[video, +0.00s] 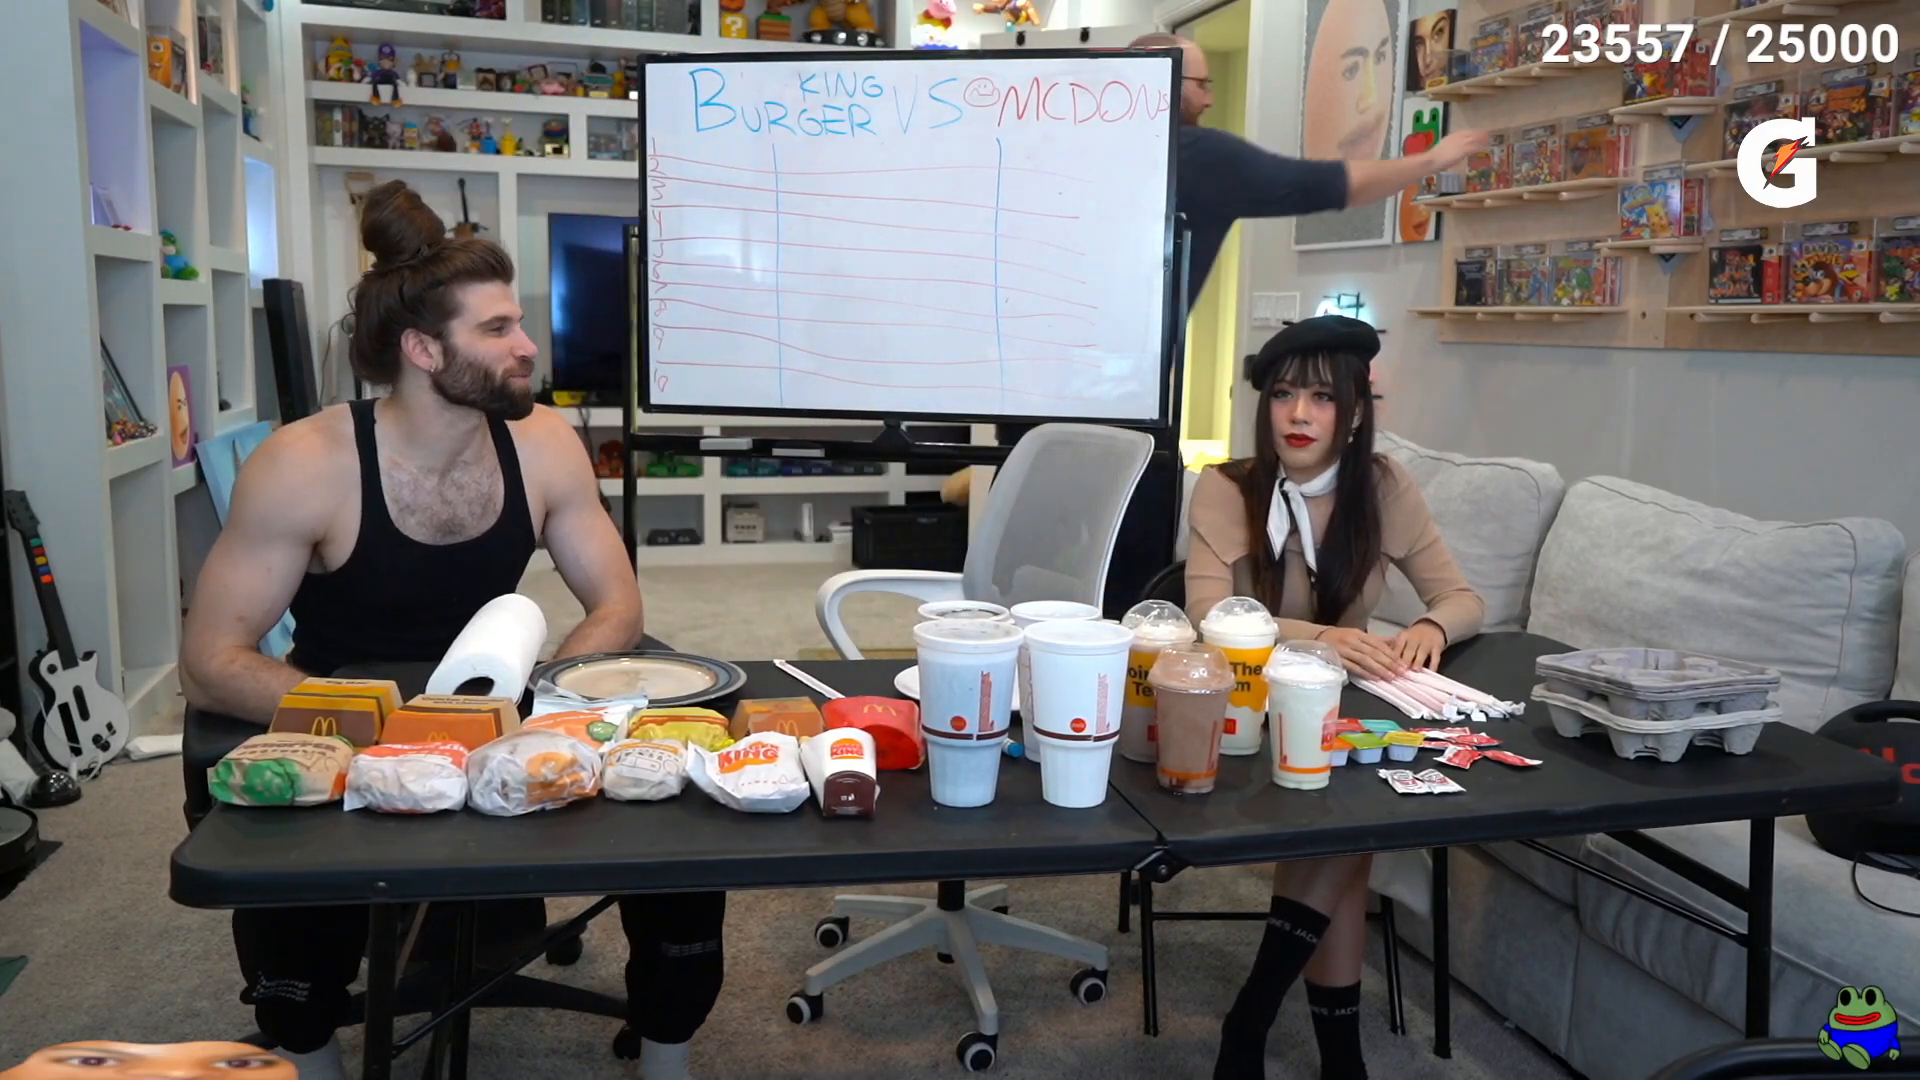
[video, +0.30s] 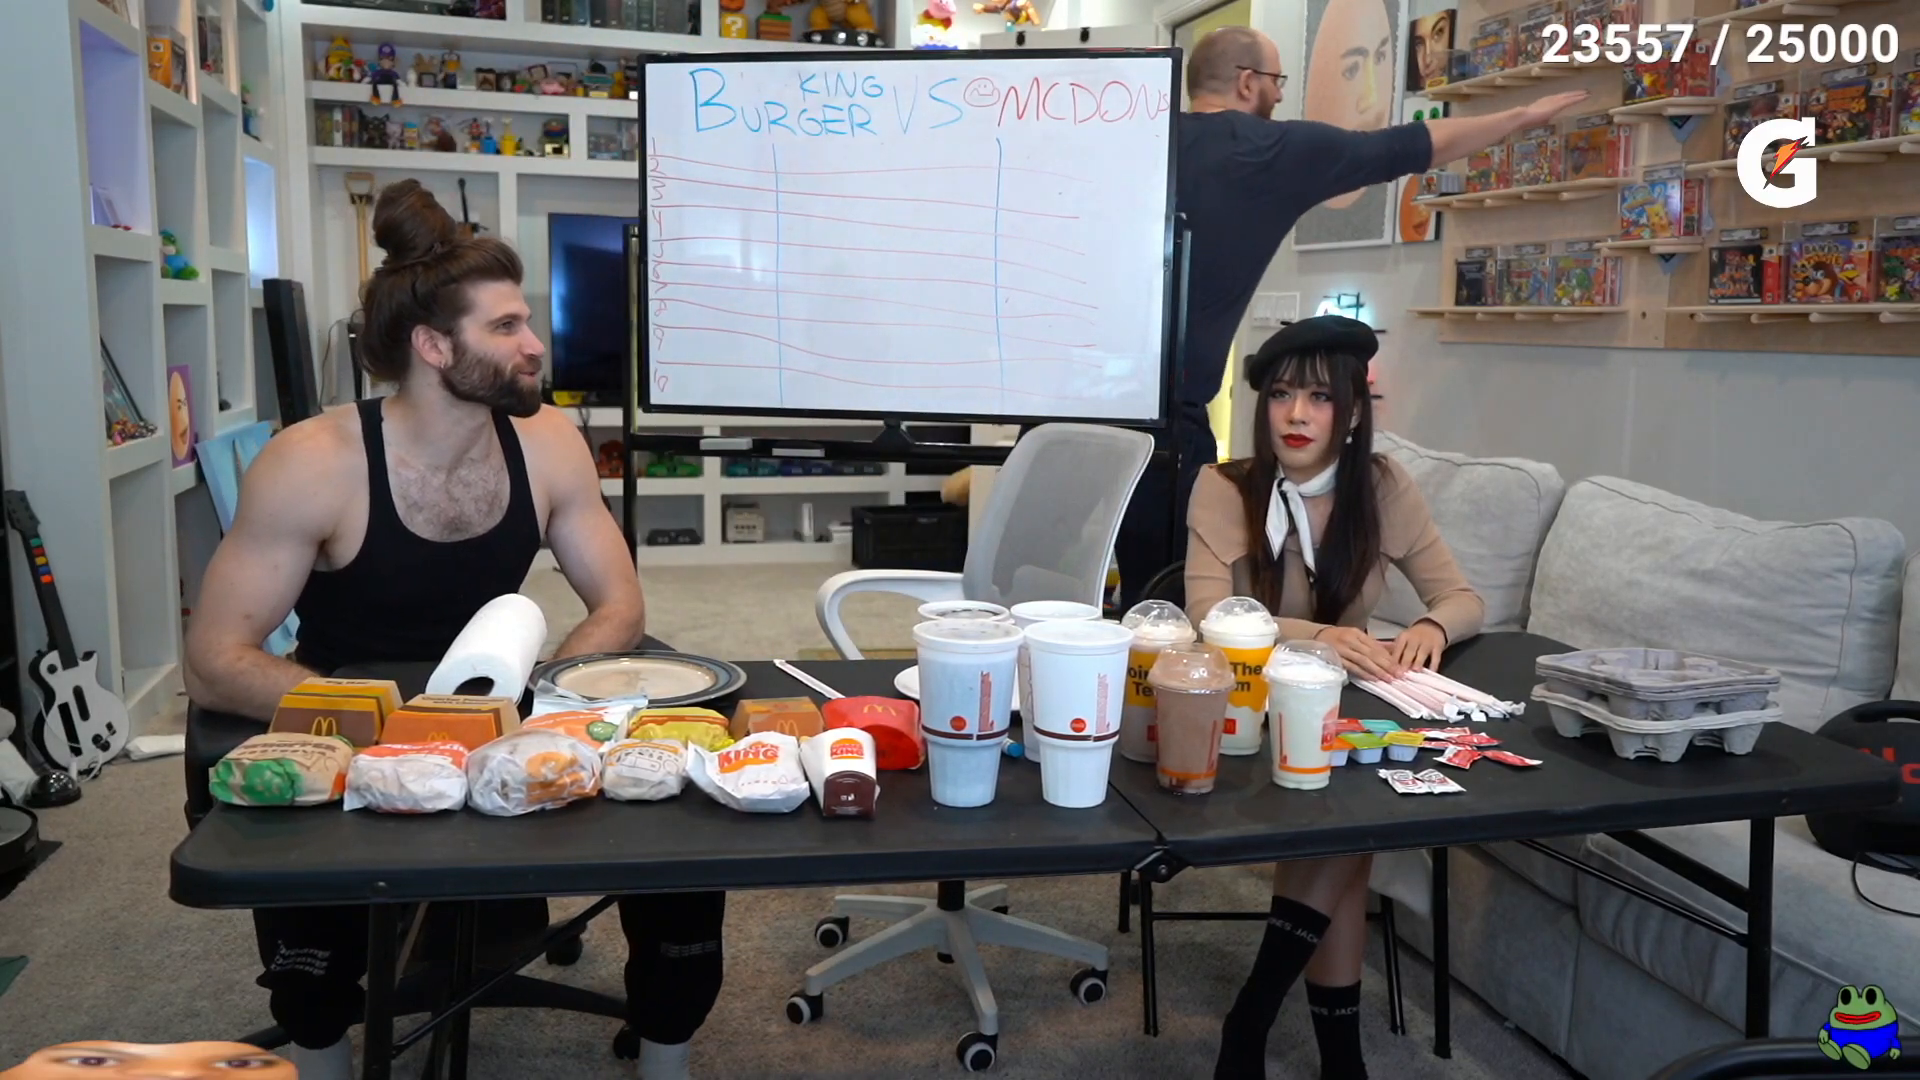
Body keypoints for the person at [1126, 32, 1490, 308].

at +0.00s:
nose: (1208, 98)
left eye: (1206, 85)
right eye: (1200, 85)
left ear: (1157, 86)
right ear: (1166, 87)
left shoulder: (1100, 144)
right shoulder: (1198, 153)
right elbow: (1335, 186)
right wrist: (1432, 160)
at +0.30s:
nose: (1279, 96)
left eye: (1280, 82)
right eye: (1276, 81)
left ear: (1201, 81)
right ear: (1246, 82)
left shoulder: (1134, 133)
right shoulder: (1272, 148)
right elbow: (1420, 145)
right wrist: (1524, 116)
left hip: (1074, 394)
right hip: (1169, 409)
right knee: (1168, 590)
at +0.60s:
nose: (1338, 109)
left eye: (1334, 95)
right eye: (1330, 95)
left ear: (1244, 94)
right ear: (1296, 97)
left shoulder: (1160, 132)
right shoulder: (1314, 162)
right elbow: (1465, 154)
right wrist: (1582, 109)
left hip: (1061, 389)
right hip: (1172, 414)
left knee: (956, 533)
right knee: (1159, 596)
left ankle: (878, 649)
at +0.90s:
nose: (1347, 132)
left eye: (1345, 117)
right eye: (1348, 118)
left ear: (1262, 97)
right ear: (1324, 111)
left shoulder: (1177, 136)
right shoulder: (1321, 173)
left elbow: (1061, 150)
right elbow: (1461, 173)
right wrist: (1557, 115)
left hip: (1068, 372)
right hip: (1170, 407)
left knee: (981, 471)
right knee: (1139, 578)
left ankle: (852, 594)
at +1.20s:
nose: (1329, 118)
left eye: (1325, 105)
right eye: (1324, 105)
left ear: (1243, 98)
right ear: (1294, 104)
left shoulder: (1158, 137)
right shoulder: (1297, 164)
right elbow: (1443, 161)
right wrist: (1542, 107)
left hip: (1058, 387)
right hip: (1166, 413)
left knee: (958, 527)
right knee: (1143, 593)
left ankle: (877, 657)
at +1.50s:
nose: (1268, 112)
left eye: (1269, 99)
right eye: (1268, 98)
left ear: (1191, 83)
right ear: (1247, 87)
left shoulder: (1108, 128)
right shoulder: (1256, 152)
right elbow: (1396, 158)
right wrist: (1490, 104)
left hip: (1042, 400)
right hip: (1152, 419)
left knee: (989, 567)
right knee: (1147, 594)